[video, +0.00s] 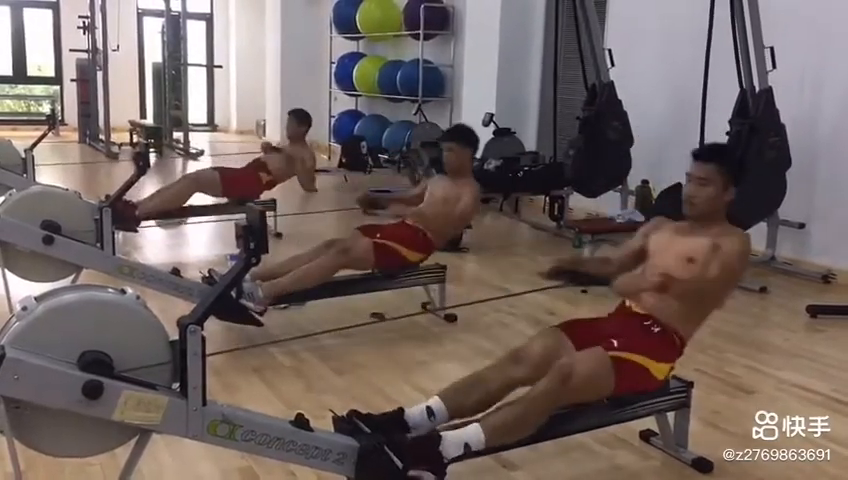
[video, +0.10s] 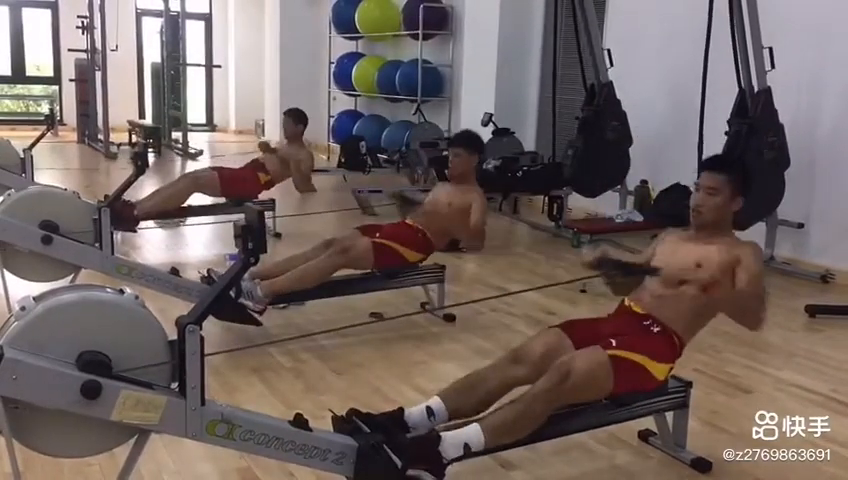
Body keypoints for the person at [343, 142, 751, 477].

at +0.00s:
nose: (689, 189)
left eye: (701, 183)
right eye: (689, 180)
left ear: (727, 193)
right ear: (687, 183)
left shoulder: (733, 241)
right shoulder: (660, 227)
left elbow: (706, 288)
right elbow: (615, 268)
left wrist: (657, 276)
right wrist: (573, 263)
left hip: (654, 344)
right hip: (614, 321)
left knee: (561, 376)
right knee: (523, 357)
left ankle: (442, 450)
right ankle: (407, 424)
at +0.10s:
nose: (699, 198)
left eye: (711, 193)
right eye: (698, 190)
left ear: (735, 204)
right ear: (694, 194)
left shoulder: (743, 251)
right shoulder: (670, 234)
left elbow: (753, 319)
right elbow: (638, 280)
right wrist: (607, 262)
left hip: (653, 343)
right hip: (614, 322)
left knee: (561, 375)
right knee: (524, 356)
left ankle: (439, 453)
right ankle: (401, 423)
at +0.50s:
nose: (681, 189)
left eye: (693, 183)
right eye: (680, 180)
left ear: (718, 193)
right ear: (677, 184)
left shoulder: (729, 252)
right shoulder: (658, 234)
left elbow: (743, 327)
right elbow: (633, 279)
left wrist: (697, 301)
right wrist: (601, 276)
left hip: (651, 347)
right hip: (612, 325)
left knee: (557, 381)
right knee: (518, 362)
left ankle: (444, 456)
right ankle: (405, 428)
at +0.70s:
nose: (657, 180)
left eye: (669, 173)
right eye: (656, 170)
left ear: (697, 182)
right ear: (653, 173)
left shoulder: (702, 236)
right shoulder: (632, 230)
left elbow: (700, 315)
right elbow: (585, 279)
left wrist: (638, 314)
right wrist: (548, 290)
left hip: (649, 347)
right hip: (604, 330)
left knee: (557, 388)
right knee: (514, 370)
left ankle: (438, 461)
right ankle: (406, 429)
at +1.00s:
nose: (632, 179)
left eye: (644, 171)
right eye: (631, 169)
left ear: (674, 177)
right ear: (629, 172)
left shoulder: (684, 238)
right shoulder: (614, 229)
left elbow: (645, 312)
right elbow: (555, 269)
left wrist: (584, 331)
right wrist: (504, 298)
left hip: (649, 348)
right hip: (607, 332)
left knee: (557, 394)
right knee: (515, 374)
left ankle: (444, 462)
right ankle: (407, 430)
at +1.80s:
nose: (591, 178)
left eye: (603, 168)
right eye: (590, 167)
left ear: (635, 177)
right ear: (586, 169)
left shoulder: (648, 234)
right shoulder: (580, 224)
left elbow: (595, 295)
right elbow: (509, 264)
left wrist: (525, 329)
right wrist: (450, 292)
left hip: (637, 354)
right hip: (591, 329)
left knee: (542, 358)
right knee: (499, 342)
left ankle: (449, 456)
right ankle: (414, 428)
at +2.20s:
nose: (538, 177)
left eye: (551, 168)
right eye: (539, 166)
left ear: (581, 177)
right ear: (536, 168)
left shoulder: (596, 235)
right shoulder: (531, 226)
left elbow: (541, 291)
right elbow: (457, 260)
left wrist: (462, 326)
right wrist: (392, 287)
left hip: (599, 365)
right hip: (560, 348)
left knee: (512, 335)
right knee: (464, 319)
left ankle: (449, 453)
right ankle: (414, 424)